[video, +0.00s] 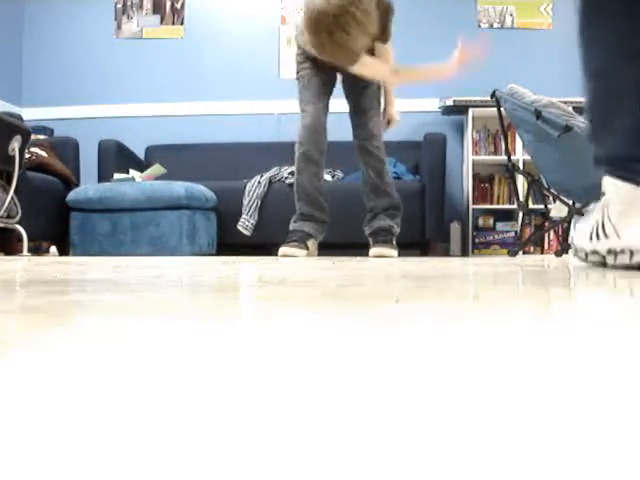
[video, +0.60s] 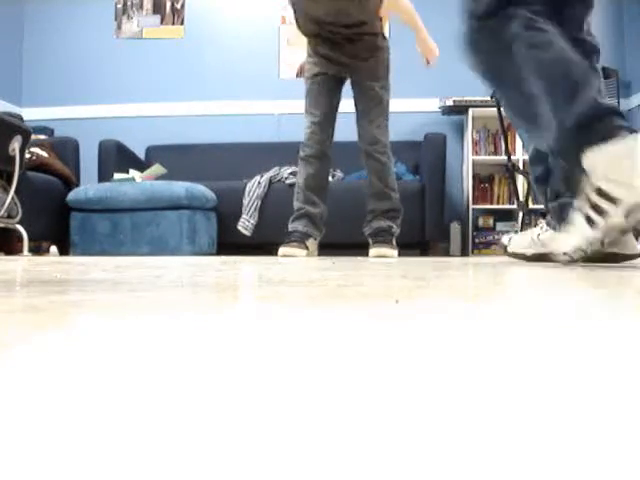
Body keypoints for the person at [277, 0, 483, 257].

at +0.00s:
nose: (344, 49)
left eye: (348, 46)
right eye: (333, 47)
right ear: (323, 42)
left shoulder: (381, 9)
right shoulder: (318, 37)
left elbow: (384, 51)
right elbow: (386, 74)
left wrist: (389, 103)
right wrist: (446, 70)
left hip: (362, 53)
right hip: (316, 51)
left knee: (370, 138)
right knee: (310, 131)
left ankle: (382, 233)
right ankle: (305, 232)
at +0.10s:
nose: (332, 55)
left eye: (334, 49)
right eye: (324, 54)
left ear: (345, 29)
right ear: (303, 46)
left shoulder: (372, 10)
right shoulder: (303, 39)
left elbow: (390, 47)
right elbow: (358, 73)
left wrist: (401, 94)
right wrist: (433, 77)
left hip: (369, 56)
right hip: (320, 62)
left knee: (372, 138)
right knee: (311, 134)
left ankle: (383, 232)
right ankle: (305, 230)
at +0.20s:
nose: (308, 73)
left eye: (313, 67)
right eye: (303, 70)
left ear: (328, 44)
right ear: (289, 49)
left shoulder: (361, 21)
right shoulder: (293, 40)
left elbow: (398, 41)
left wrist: (408, 88)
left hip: (367, 56)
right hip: (319, 67)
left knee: (374, 136)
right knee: (312, 141)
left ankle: (382, 231)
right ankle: (305, 230)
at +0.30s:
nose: (296, 75)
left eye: (302, 69)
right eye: (289, 71)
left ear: (321, 47)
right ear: (278, 53)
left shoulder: (364, 30)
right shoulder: (276, 51)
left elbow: (400, 23)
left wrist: (414, 54)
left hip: (373, 52)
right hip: (324, 61)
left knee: (377, 137)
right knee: (315, 138)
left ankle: (383, 231)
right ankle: (303, 231)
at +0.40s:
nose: (297, 59)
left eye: (299, 51)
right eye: (289, 58)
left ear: (316, 26)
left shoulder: (355, 19)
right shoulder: (287, 26)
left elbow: (399, 15)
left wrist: (416, 38)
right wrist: (302, 59)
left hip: (374, 51)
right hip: (327, 59)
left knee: (378, 140)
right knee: (316, 141)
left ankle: (383, 232)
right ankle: (303, 232)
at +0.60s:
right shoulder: (298, 5)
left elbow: (398, 4)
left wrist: (423, 36)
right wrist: (303, 51)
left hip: (369, 41)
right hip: (321, 41)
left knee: (374, 141)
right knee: (314, 141)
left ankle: (382, 233)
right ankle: (302, 233)